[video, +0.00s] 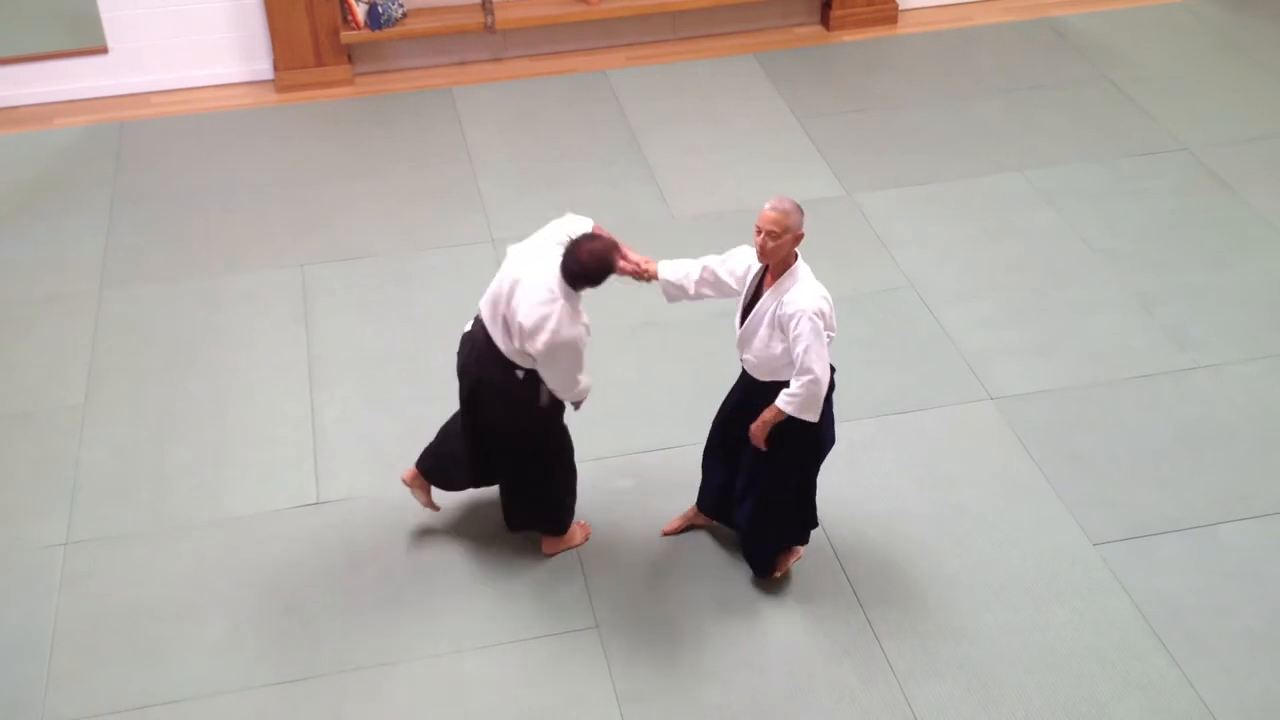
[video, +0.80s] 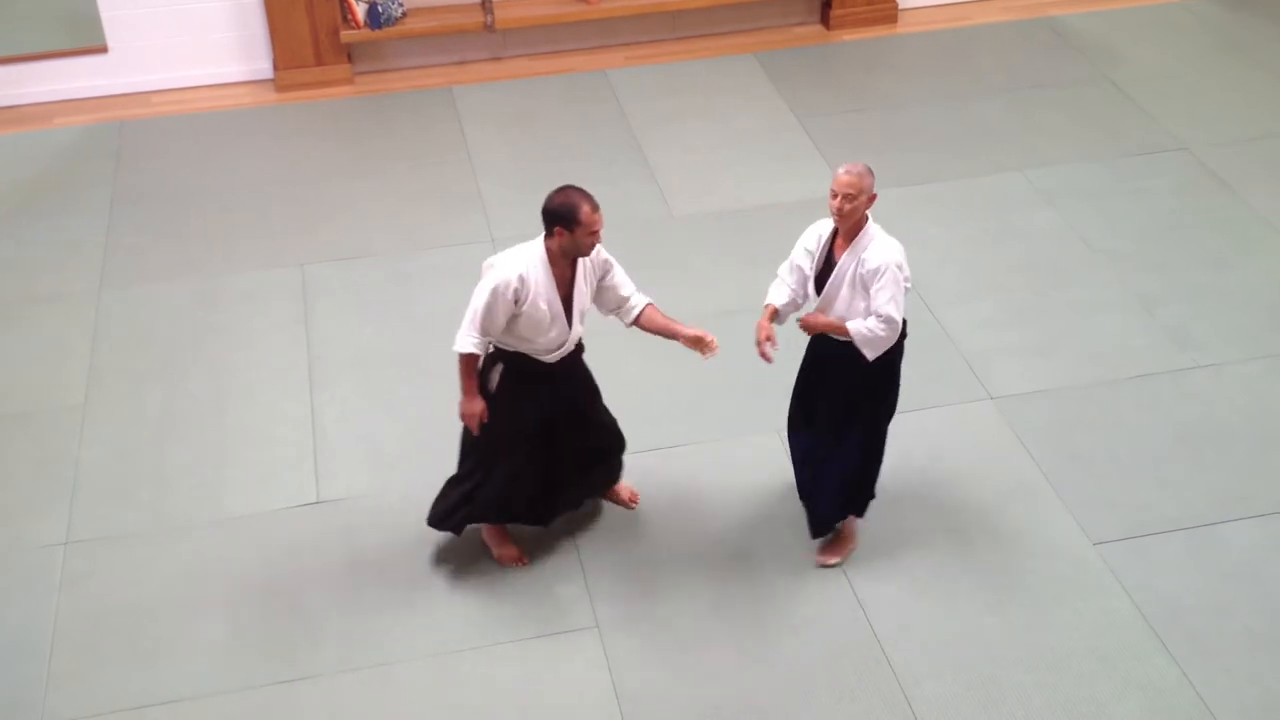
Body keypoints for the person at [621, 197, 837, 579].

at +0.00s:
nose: (760, 242)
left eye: (771, 236)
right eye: (758, 232)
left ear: (797, 240)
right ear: (754, 229)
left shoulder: (804, 303)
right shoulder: (752, 263)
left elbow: (812, 378)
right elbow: (704, 272)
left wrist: (769, 417)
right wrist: (652, 269)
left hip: (794, 401)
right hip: (754, 382)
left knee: (779, 478)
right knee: (723, 442)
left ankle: (788, 544)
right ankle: (709, 509)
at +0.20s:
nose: (777, 239)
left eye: (788, 233)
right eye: (774, 229)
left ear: (813, 237)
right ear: (770, 226)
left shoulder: (820, 299)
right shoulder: (764, 266)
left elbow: (831, 373)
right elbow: (720, 298)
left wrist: (789, 410)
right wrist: (658, 314)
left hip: (806, 402)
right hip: (765, 384)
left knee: (784, 479)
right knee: (741, 453)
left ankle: (781, 560)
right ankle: (757, 526)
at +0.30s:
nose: (785, 236)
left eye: (797, 230)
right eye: (783, 226)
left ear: (821, 235)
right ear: (778, 224)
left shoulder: (829, 295)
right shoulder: (773, 264)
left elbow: (839, 370)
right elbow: (731, 303)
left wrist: (792, 404)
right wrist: (673, 324)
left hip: (807, 402)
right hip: (769, 384)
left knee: (786, 479)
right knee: (761, 460)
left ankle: (780, 559)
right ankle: (788, 530)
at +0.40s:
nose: (794, 231)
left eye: (805, 225)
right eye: (792, 221)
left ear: (829, 230)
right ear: (787, 219)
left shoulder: (837, 290)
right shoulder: (780, 261)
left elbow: (845, 363)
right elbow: (739, 303)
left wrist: (794, 393)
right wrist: (685, 326)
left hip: (812, 399)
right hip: (775, 379)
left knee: (783, 479)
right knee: (776, 445)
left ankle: (781, 557)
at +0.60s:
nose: (814, 215)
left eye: (824, 209)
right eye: (810, 205)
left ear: (847, 213)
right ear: (806, 204)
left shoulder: (858, 271)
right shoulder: (798, 246)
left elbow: (863, 344)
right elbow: (764, 289)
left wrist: (805, 360)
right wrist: (720, 323)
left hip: (834, 380)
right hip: (796, 367)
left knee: (789, 466)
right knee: (809, 434)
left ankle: (786, 551)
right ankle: (841, 482)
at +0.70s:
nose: (824, 209)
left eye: (835, 203)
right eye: (821, 199)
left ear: (858, 206)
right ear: (817, 198)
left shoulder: (871, 262)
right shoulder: (808, 239)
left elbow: (875, 334)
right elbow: (779, 283)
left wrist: (818, 340)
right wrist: (743, 321)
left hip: (852, 368)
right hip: (809, 357)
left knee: (825, 449)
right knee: (800, 441)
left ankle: (803, 544)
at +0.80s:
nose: (838, 204)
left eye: (849, 198)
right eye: (834, 195)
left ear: (870, 201)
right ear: (828, 194)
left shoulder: (886, 256)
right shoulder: (819, 233)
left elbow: (886, 326)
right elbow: (791, 278)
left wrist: (830, 326)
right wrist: (768, 317)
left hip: (870, 356)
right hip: (826, 347)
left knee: (855, 435)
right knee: (804, 424)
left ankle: (846, 528)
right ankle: (826, 509)